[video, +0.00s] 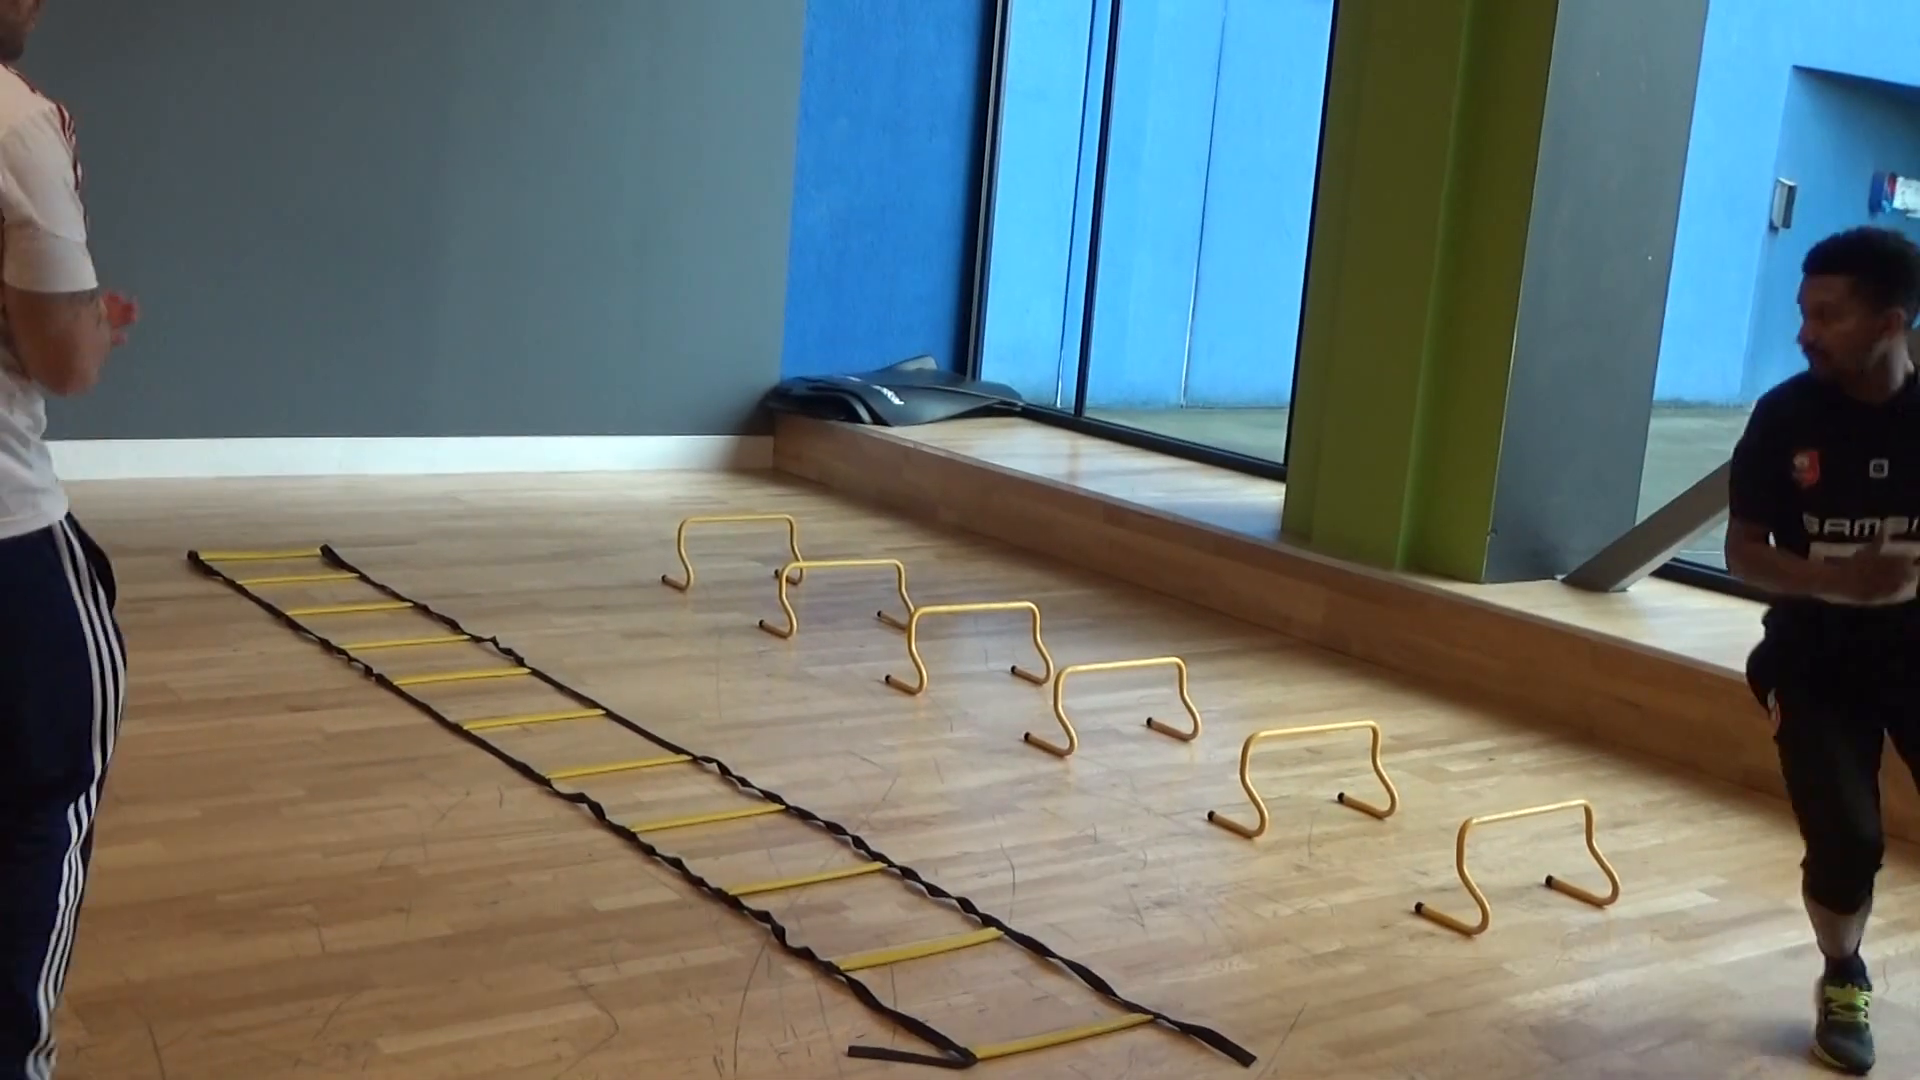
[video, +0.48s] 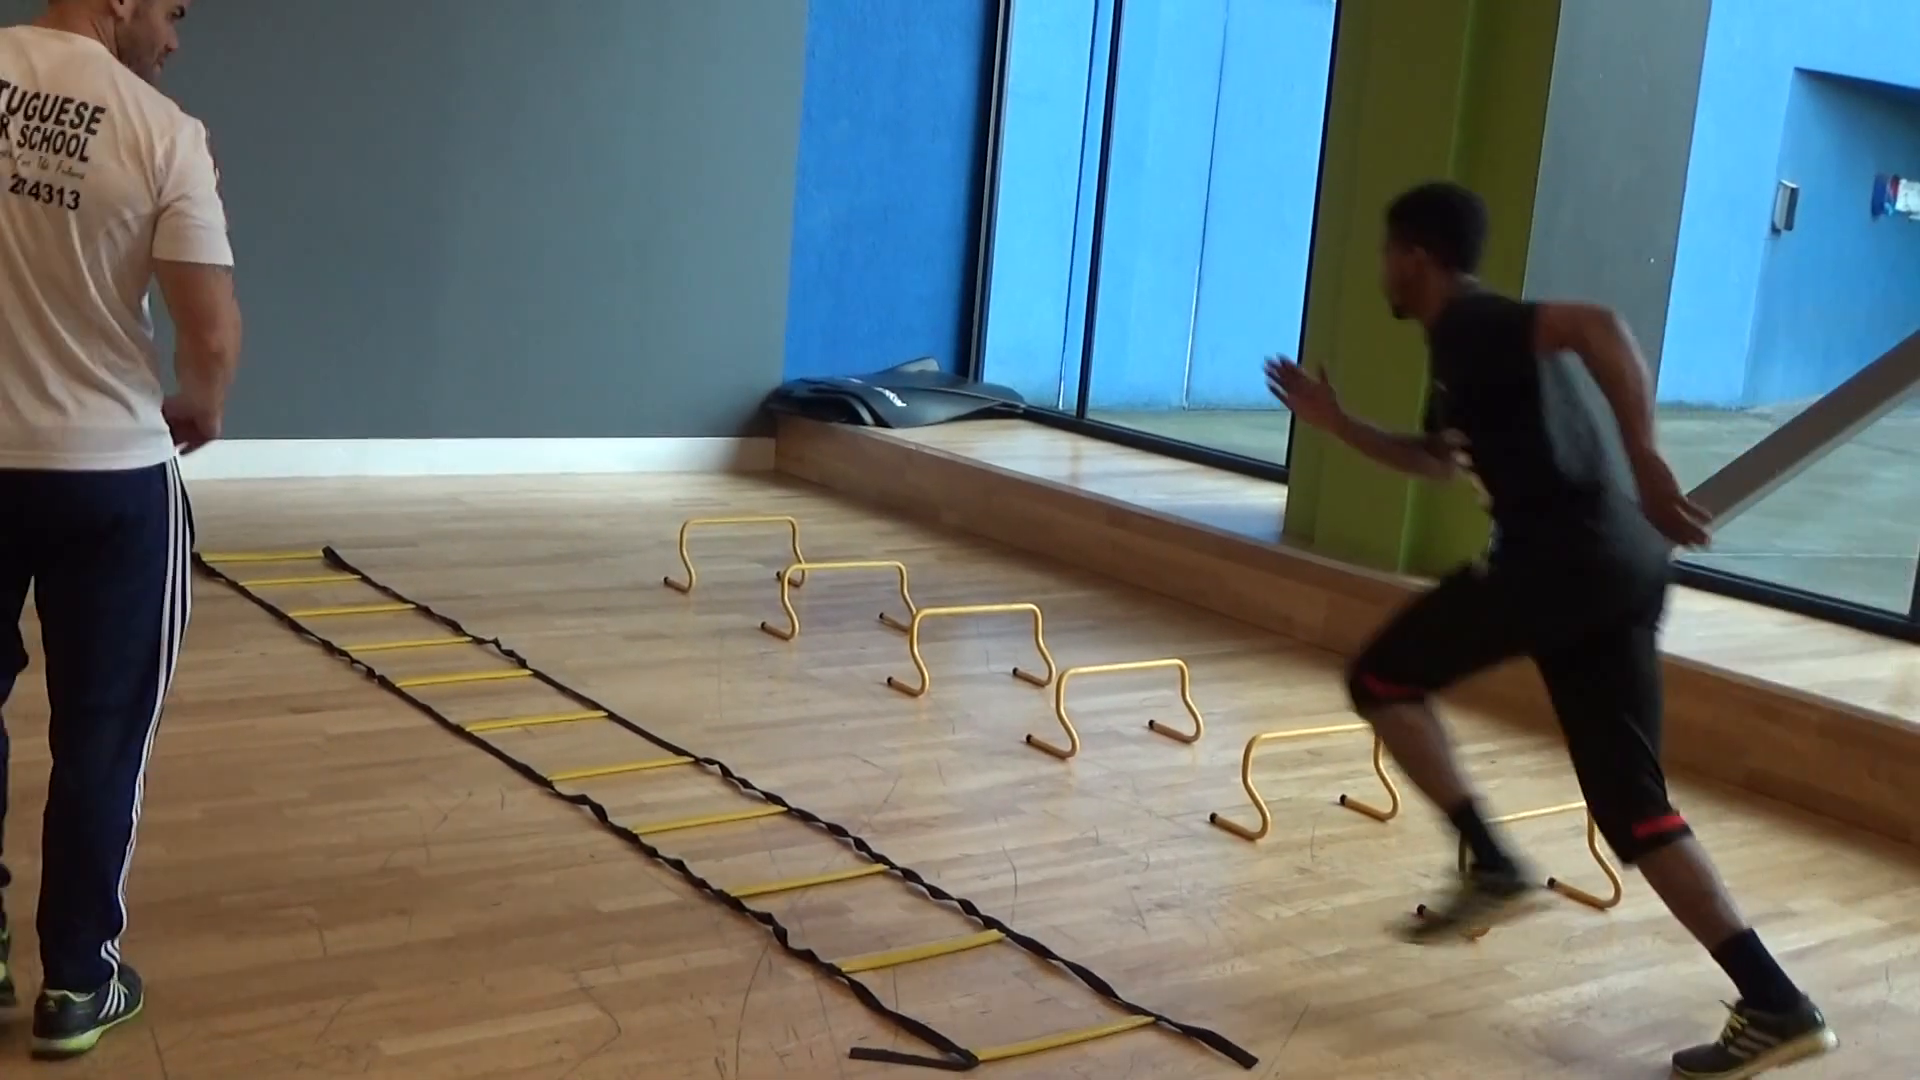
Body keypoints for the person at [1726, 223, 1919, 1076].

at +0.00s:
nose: (1805, 330)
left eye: (1826, 314)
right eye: (1803, 311)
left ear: (1892, 321)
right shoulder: (1785, 414)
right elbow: (1743, 552)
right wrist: (1837, 573)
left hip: (1913, 649)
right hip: (1818, 651)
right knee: (1844, 840)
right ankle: (1844, 978)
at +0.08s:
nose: (1765, 350)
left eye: (1782, 333)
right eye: (1767, 332)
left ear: (1846, 340)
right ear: (1825, 341)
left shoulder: (1916, 427)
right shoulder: (1767, 439)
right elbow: (1753, 557)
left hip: (1915, 674)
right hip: (1822, 676)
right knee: (1784, 852)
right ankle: (1868, 966)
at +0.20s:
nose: (1658, 321)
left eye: (1674, 304)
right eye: (1662, 301)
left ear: (1727, 314)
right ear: (1713, 315)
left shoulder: (1823, 398)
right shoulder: (1696, 406)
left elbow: (1892, 548)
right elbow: (1744, 509)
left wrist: (1745, 499)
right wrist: (1726, 593)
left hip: (1880, 659)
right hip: (1785, 652)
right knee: (1663, 792)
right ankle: (1804, 987)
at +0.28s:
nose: (1569, 292)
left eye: (1580, 273)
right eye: (1573, 273)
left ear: (1627, 280)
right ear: (1629, 281)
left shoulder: (1722, 364)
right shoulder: (1634, 381)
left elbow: (1796, 507)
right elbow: (1725, 515)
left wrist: (1641, 543)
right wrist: (1682, 611)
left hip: (1816, 630)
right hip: (1723, 625)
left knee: (1894, 855)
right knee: (1626, 802)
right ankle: (1771, 1001)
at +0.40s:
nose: (1455, 291)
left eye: (1464, 275)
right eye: (1459, 273)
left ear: (1500, 282)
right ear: (1515, 284)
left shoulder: (1569, 357)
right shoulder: (1539, 375)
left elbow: (1693, 427)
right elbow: (1552, 521)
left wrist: (1697, 580)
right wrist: (1446, 535)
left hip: (1674, 598)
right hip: (1679, 598)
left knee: (1559, 787)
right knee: (1624, 832)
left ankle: (1782, 869)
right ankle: (1780, 1015)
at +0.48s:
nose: (1381, 268)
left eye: (1390, 251)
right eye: (1386, 251)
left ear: (1421, 259)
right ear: (1446, 260)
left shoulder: (1472, 319)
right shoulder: (1466, 343)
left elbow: (1597, 325)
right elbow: (1437, 459)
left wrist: (1647, 464)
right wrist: (1334, 419)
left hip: (1557, 563)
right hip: (1616, 566)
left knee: (1382, 680)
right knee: (1629, 803)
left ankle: (1487, 861)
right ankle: (1774, 1002)